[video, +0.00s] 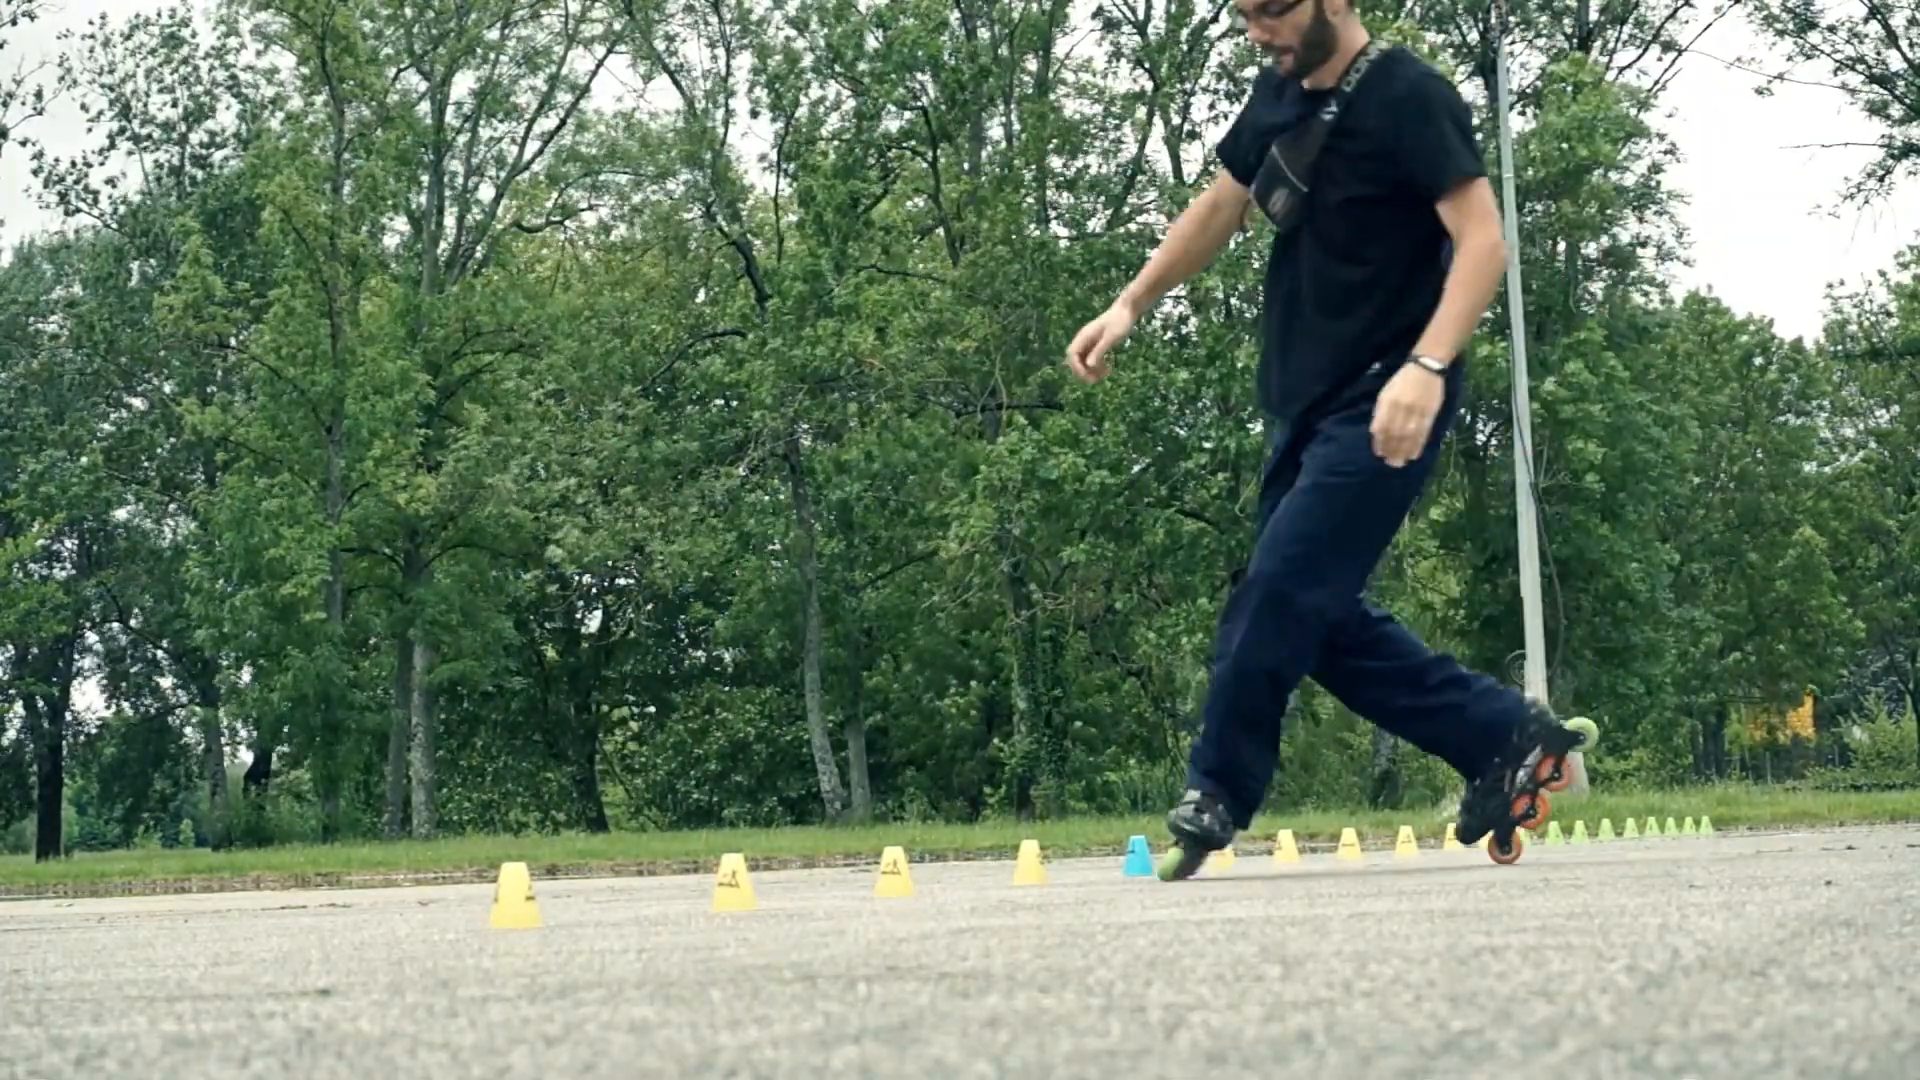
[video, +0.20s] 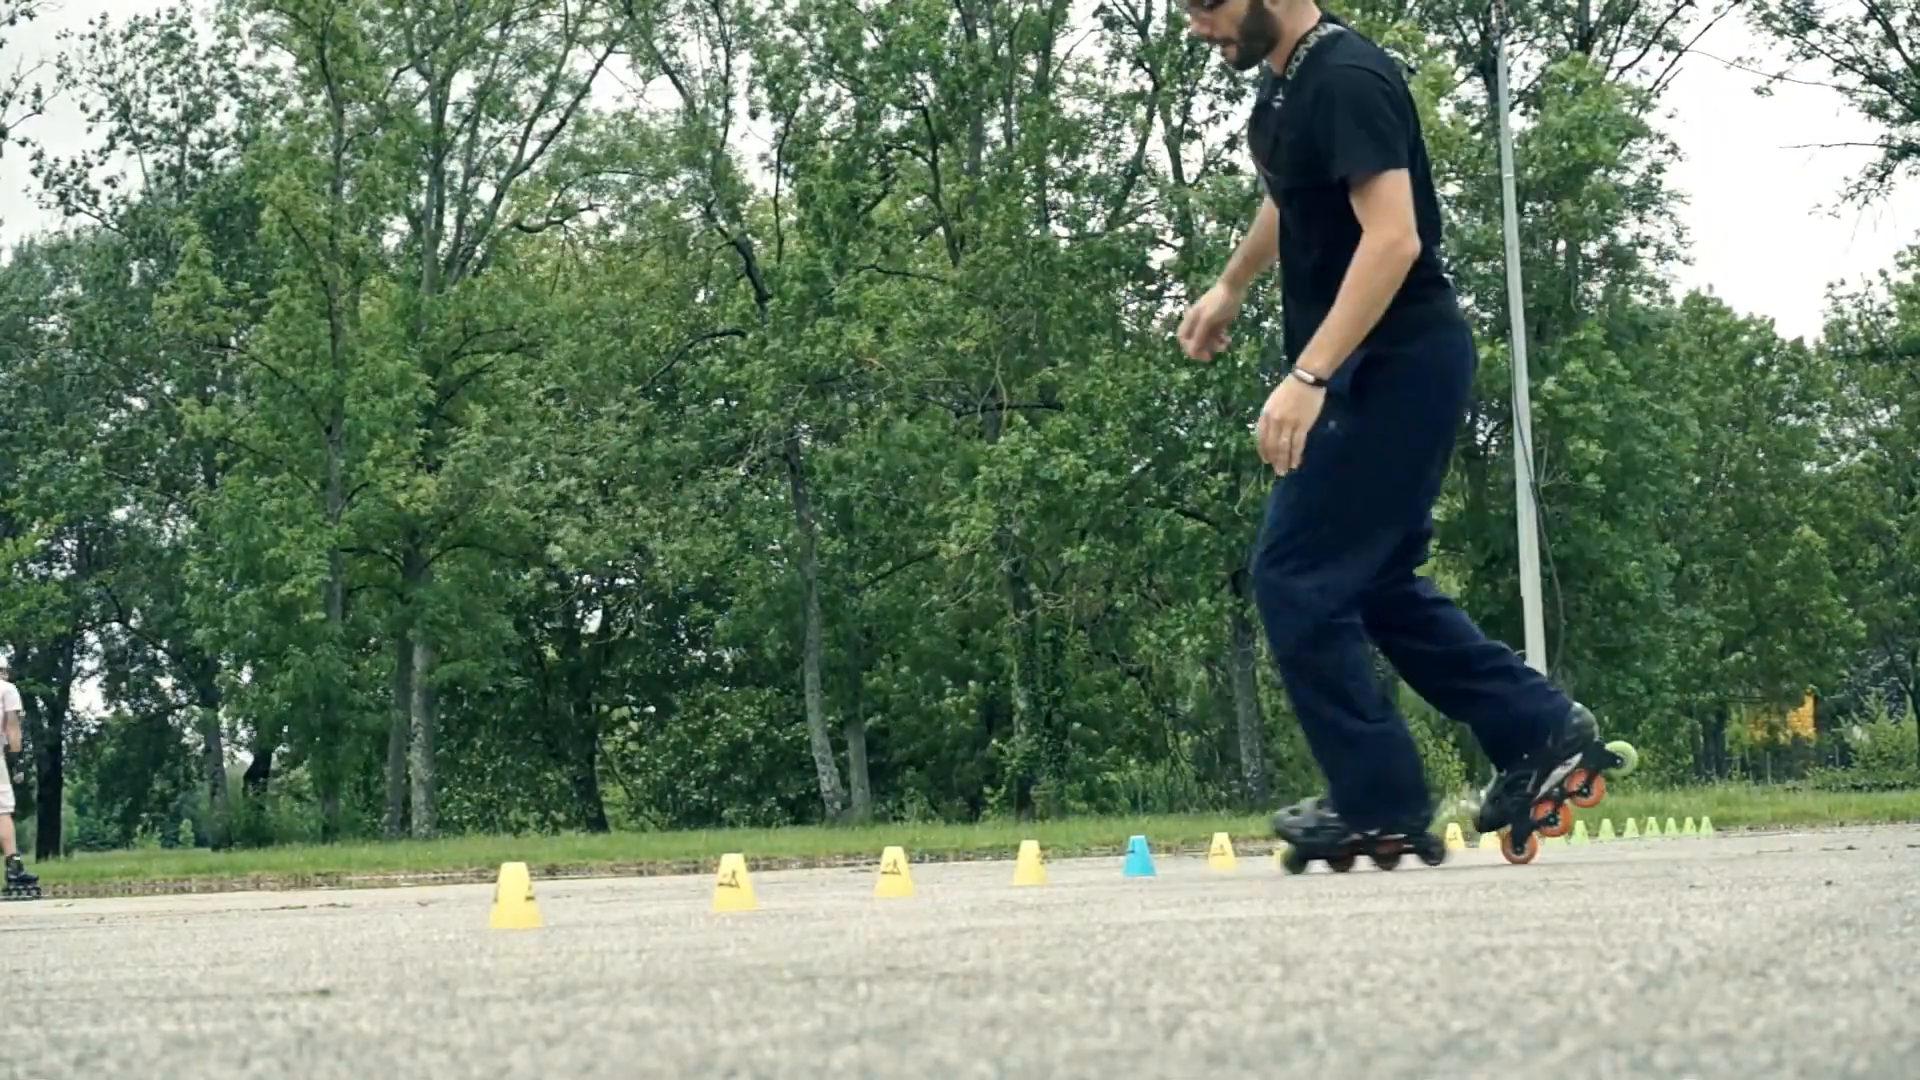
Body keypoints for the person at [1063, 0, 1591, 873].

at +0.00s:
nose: (1260, 33)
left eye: (1274, 14)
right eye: (1249, 19)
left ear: (1332, 1)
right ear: (1248, 16)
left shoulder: (1405, 90)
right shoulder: (1277, 96)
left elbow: (1483, 239)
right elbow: (1216, 208)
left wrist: (1429, 365)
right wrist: (1128, 306)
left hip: (1391, 394)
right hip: (1307, 410)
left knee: (1281, 584)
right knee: (1306, 611)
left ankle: (1217, 792)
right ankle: (1507, 740)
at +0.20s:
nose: (1197, 26)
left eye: (1206, 6)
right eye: (1191, 12)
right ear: (1255, 10)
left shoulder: (1343, 73)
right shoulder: (1282, 89)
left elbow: (1392, 239)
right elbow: (1290, 200)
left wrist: (1308, 374)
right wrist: (1227, 290)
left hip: (1399, 359)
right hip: (1377, 362)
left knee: (1294, 571)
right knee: (1376, 581)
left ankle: (1377, 803)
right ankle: (1541, 737)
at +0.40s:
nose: (1162, 27)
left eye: (1168, 5)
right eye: (1155, 12)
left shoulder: (1275, 70)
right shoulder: (1340, 49)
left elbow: (1328, 231)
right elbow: (1394, 213)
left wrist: (1273, 375)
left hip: (1407, 343)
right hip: (1469, 329)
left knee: (1413, 578)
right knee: (1351, 543)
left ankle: (1548, 794)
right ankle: (1448, 765)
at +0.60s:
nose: (1098, 41)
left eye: (1101, 17)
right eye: (1088, 26)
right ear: (1188, 2)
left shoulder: (1196, 66)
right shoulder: (1304, 44)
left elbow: (1244, 213)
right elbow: (1419, 157)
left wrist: (1211, 359)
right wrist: (1465, 277)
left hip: (1352, 310)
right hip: (1439, 292)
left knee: (1411, 555)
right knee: (1377, 562)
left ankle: (1567, 742)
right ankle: (1421, 789)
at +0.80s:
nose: (1016, 35)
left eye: (1016, 11)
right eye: (1008, 20)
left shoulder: (1107, 56)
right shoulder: (1237, 22)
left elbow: (1124, 227)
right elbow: (1361, 124)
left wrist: (1097, 367)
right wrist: (1380, 258)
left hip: (1284, 293)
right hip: (1376, 278)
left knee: (1234, 558)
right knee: (1387, 550)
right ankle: (1439, 775)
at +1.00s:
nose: (907, 6)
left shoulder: (986, 25)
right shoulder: (1101, 8)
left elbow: (987, 215)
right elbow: (1220, 94)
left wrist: (967, 301)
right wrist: (1252, 242)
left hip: (1152, 294)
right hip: (1221, 282)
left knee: (1076, 548)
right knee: (1269, 538)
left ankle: (1180, 777)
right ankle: (1395, 743)